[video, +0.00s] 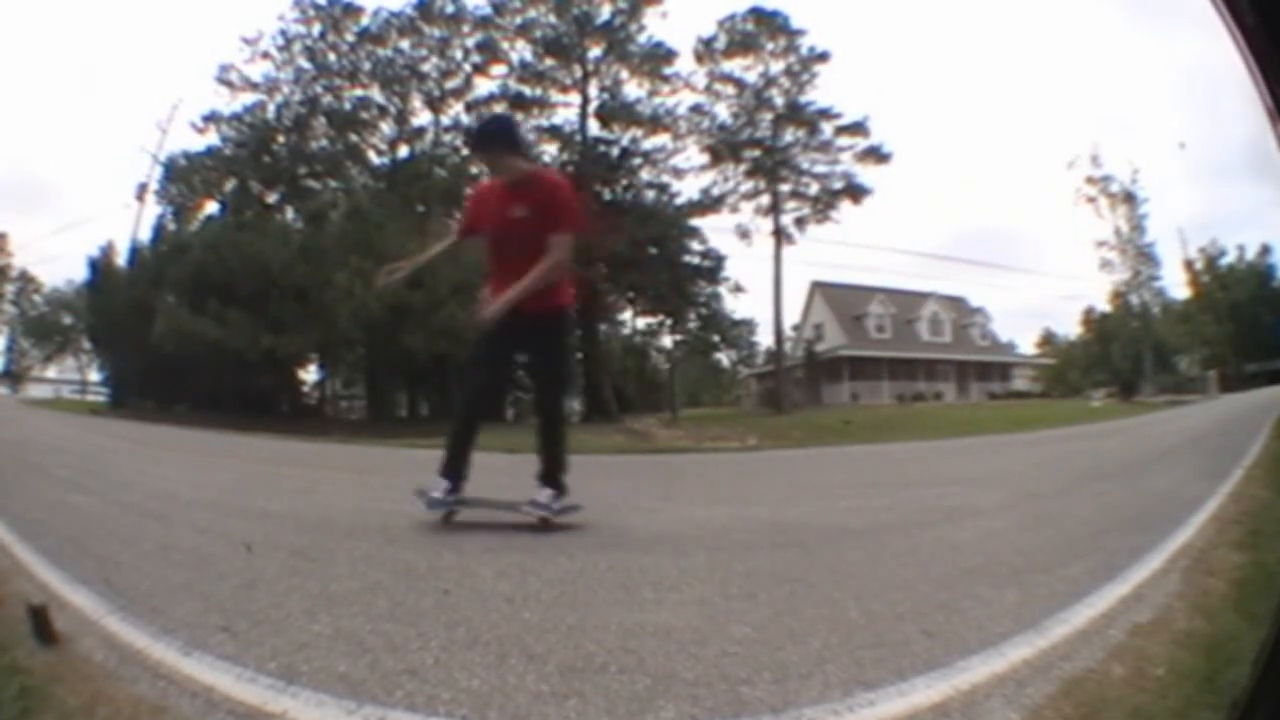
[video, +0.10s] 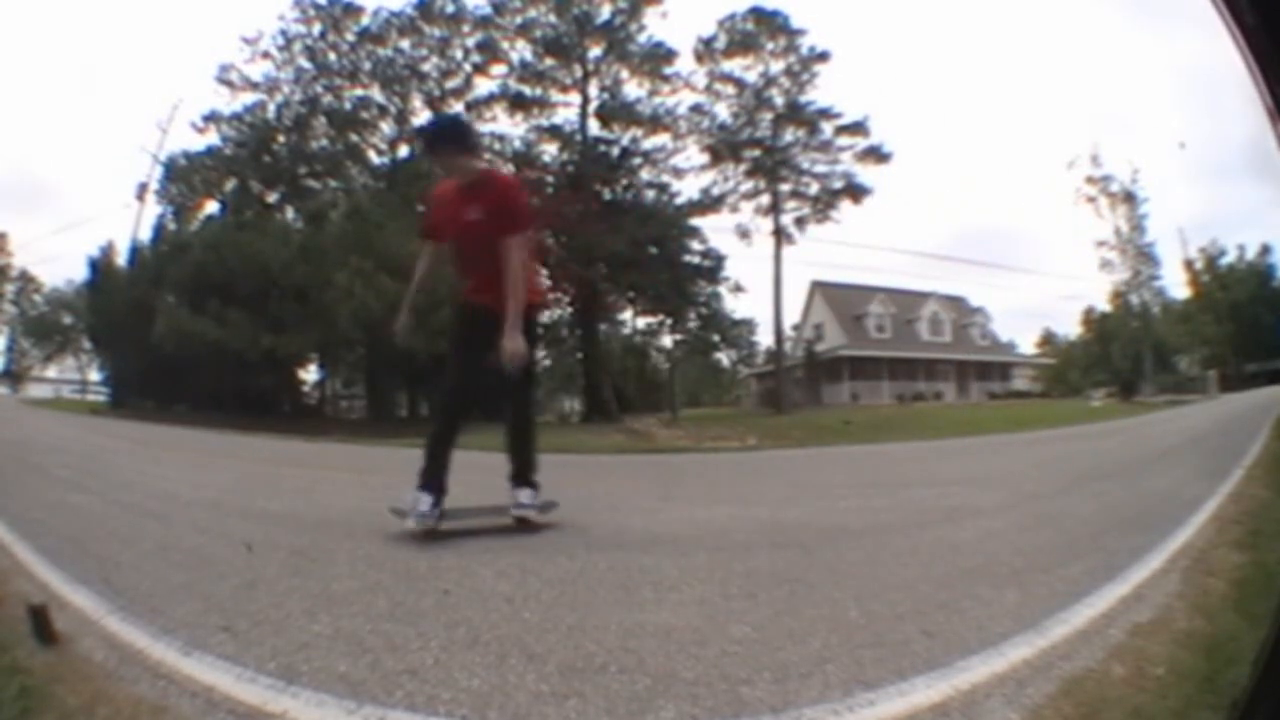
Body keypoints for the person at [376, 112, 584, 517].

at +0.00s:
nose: (489, 167)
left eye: (491, 158)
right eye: (484, 159)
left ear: (507, 150)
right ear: (486, 156)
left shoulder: (553, 187)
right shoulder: (487, 194)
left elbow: (560, 256)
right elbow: (458, 240)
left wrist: (505, 299)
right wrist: (408, 267)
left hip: (549, 308)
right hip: (502, 308)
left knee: (550, 400)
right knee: (476, 392)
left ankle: (553, 485)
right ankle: (450, 479)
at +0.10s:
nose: (436, 166)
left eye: (439, 157)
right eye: (433, 158)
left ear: (458, 150)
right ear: (440, 155)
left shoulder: (505, 189)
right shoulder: (444, 196)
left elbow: (517, 259)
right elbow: (429, 254)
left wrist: (513, 328)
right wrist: (408, 309)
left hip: (516, 309)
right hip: (474, 309)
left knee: (519, 400)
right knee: (452, 398)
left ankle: (523, 486)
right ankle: (430, 491)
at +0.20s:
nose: (388, 177)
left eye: (390, 167)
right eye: (383, 169)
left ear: (408, 158)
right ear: (389, 166)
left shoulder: (454, 189)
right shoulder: (400, 204)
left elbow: (480, 259)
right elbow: (410, 266)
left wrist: (510, 326)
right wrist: (415, 321)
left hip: (480, 316)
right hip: (437, 318)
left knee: (494, 404)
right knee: (423, 407)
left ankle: (508, 487)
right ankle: (411, 498)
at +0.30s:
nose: (345, 182)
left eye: (348, 171)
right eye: (340, 174)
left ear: (366, 162)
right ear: (344, 174)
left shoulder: (415, 184)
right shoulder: (363, 211)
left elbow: (455, 247)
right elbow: (389, 262)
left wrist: (481, 315)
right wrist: (403, 304)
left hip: (450, 307)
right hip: (407, 313)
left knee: (466, 401)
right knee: (397, 403)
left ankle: (482, 487)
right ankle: (383, 498)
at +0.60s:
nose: (263, 169)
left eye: (267, 157)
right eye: (259, 160)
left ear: (289, 149)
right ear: (269, 157)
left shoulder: (331, 177)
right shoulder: (285, 205)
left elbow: (315, 250)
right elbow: (266, 268)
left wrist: (288, 315)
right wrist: (243, 329)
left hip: (365, 303)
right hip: (321, 307)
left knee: (378, 397)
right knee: (305, 395)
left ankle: (391, 491)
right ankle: (288, 494)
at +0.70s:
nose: (245, 155)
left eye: (250, 144)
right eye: (241, 147)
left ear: (273, 138)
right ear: (244, 146)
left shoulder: (307, 171)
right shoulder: (261, 189)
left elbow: (276, 238)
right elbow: (232, 246)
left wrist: (229, 299)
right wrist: (190, 305)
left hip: (335, 300)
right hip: (293, 302)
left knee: (347, 395)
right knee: (276, 393)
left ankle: (362, 492)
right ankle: (258, 493)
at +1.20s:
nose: (186, 116)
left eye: (195, 108)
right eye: (184, 107)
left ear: (203, 110)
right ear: (176, 108)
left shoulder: (209, 158)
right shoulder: (158, 161)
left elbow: (197, 229)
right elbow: (137, 231)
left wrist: (166, 298)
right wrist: (121, 287)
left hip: (187, 291)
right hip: (146, 289)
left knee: (189, 388)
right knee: (123, 388)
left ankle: (203, 491)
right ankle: (112, 494)